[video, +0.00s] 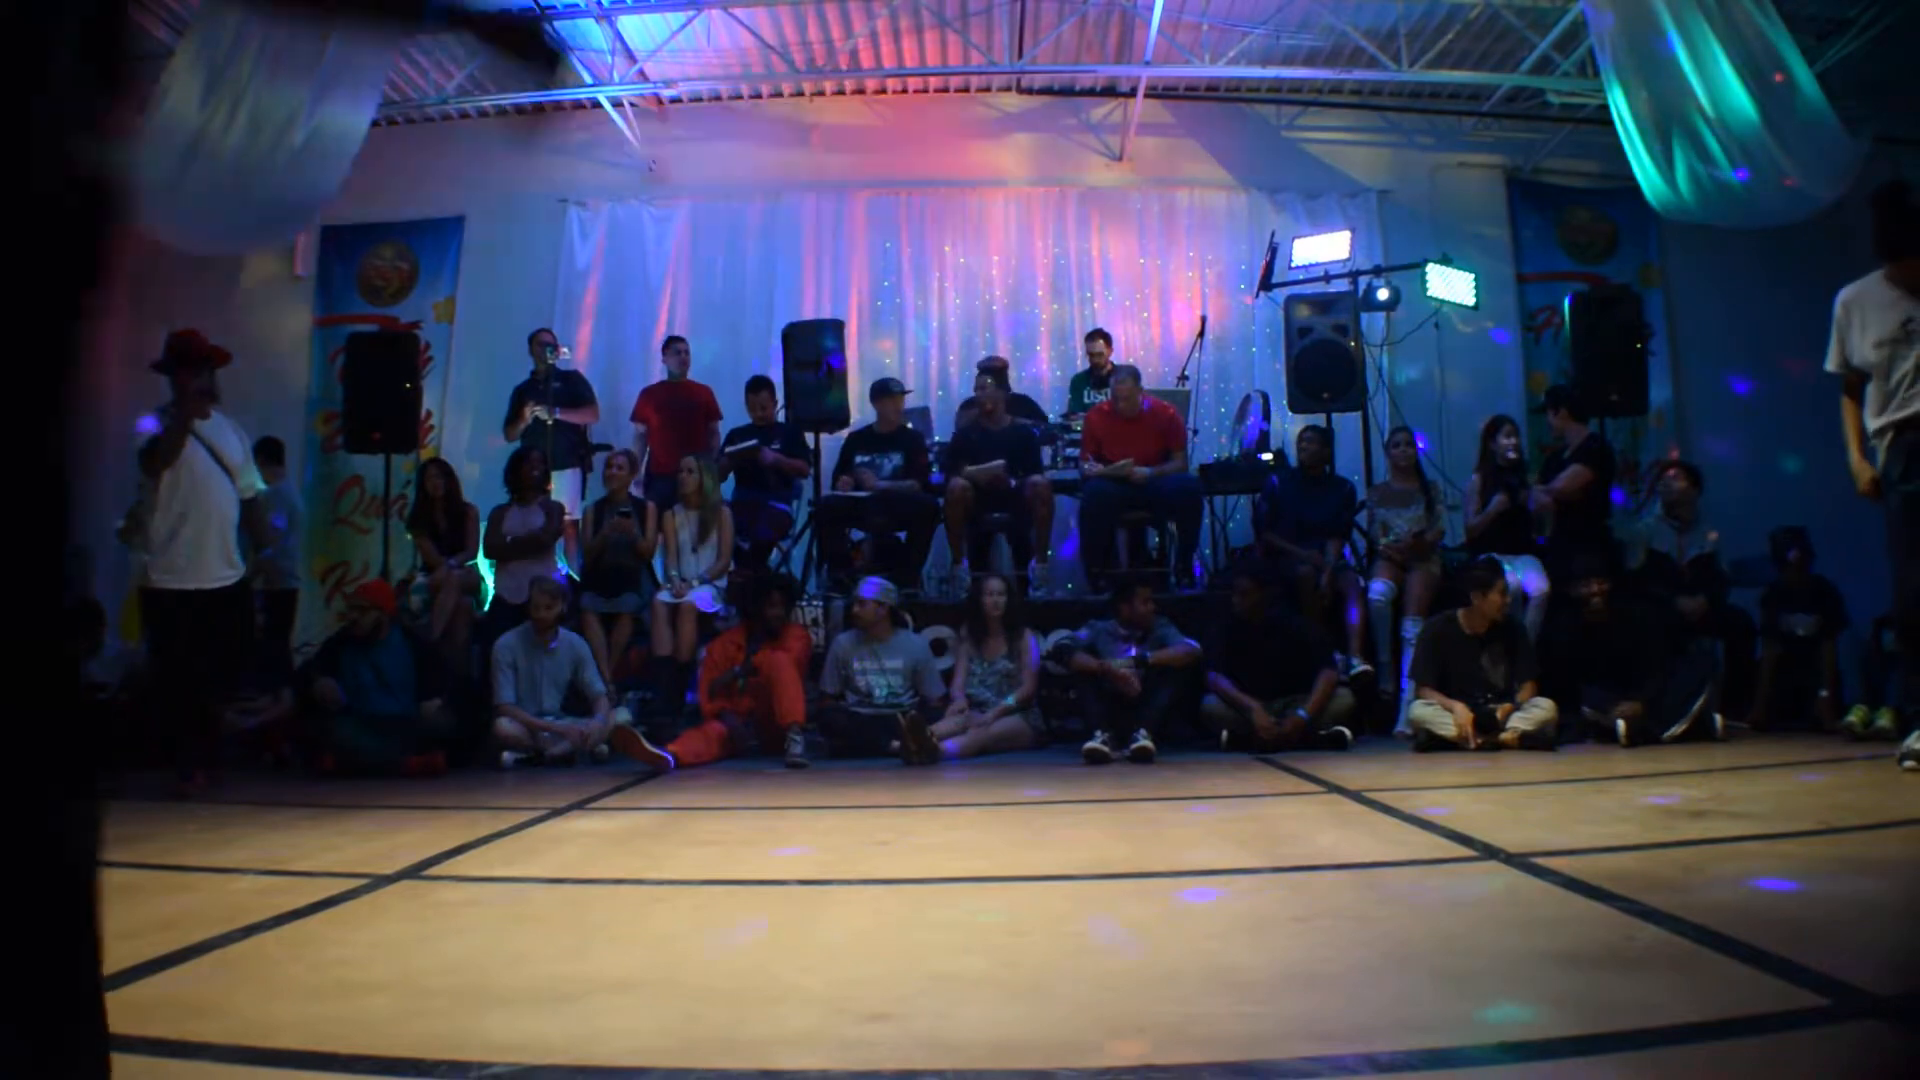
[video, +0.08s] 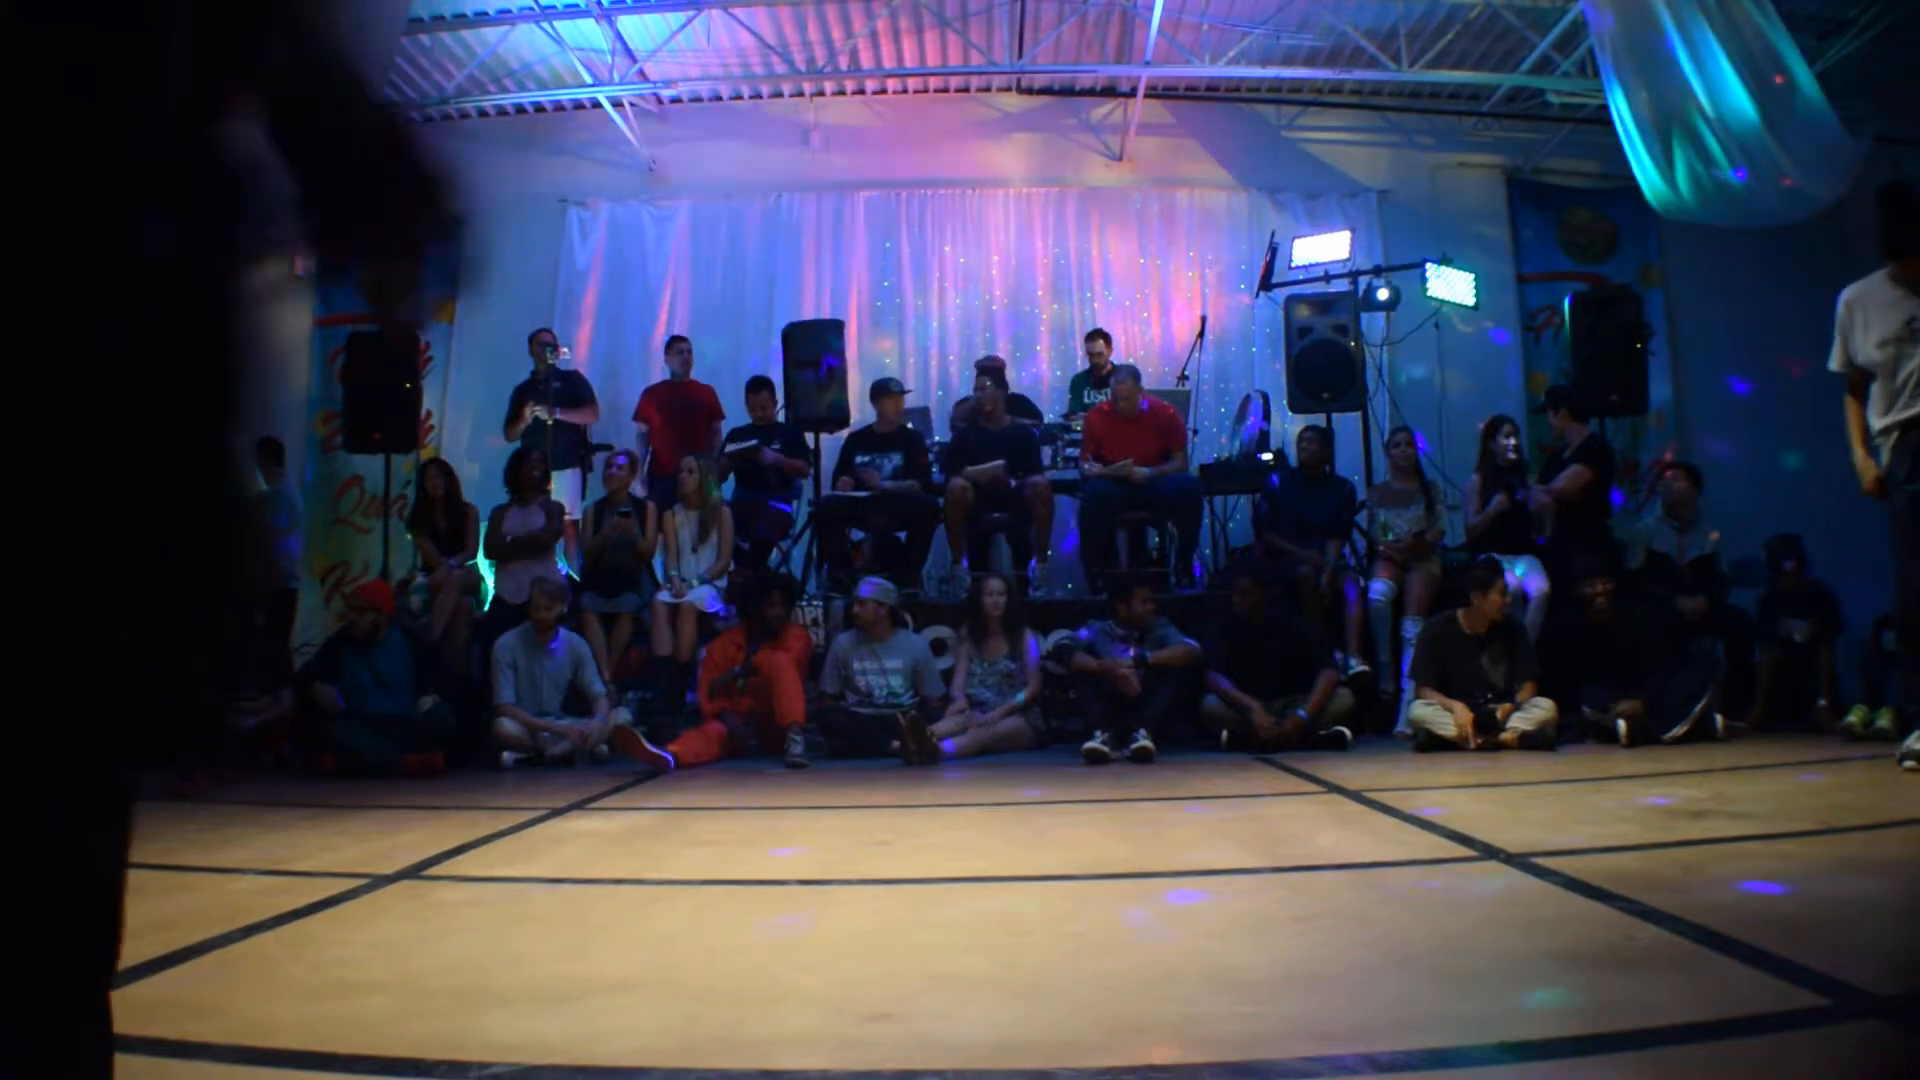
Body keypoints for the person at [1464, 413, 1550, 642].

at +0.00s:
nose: (1512, 442)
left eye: (1515, 436)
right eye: (1506, 436)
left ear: (1519, 440)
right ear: (1491, 443)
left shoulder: (1522, 475)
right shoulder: (1478, 480)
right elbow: (1471, 528)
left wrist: (1538, 506)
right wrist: (1493, 509)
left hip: (1524, 551)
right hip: (1492, 551)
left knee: (1539, 589)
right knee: (1510, 587)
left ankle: (1527, 650)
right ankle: (1502, 647)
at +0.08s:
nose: (1512, 442)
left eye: (1515, 436)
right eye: (1506, 436)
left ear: (1519, 441)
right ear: (1491, 443)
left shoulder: (1522, 478)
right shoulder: (1478, 481)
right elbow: (1471, 528)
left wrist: (1538, 506)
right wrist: (1494, 508)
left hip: (1524, 552)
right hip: (1493, 552)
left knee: (1540, 589)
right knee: (1510, 587)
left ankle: (1527, 650)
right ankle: (1499, 647)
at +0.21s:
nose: (1510, 448)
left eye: (1514, 442)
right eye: (1504, 442)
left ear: (1520, 445)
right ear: (1490, 446)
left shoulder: (1524, 476)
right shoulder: (1479, 480)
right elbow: (1471, 528)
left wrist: (1533, 502)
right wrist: (1494, 507)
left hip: (1524, 552)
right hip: (1492, 551)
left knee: (1540, 589)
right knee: (1512, 588)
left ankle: (1527, 648)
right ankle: (1503, 646)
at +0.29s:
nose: (1509, 449)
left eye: (1514, 443)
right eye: (1503, 443)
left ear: (1520, 445)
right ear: (1490, 446)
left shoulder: (1524, 476)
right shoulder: (1478, 479)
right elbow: (1471, 526)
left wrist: (1531, 500)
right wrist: (1494, 504)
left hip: (1524, 551)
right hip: (1493, 551)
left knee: (1540, 589)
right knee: (1511, 589)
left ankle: (1527, 646)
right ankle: (1501, 643)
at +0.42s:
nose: (1510, 450)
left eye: (1514, 444)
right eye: (1503, 444)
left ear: (1521, 447)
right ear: (1491, 447)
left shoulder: (1526, 479)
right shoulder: (1478, 480)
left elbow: (1536, 524)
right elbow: (1471, 525)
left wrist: (1536, 506)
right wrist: (1493, 502)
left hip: (1524, 551)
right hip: (1491, 551)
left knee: (1540, 588)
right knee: (1511, 587)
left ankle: (1527, 645)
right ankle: (1501, 643)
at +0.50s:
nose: (1510, 451)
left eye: (1514, 444)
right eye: (1503, 445)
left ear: (1522, 448)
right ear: (1491, 448)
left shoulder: (1529, 482)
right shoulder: (1479, 482)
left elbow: (1539, 528)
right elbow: (1471, 526)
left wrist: (1530, 506)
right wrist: (1494, 502)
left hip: (1525, 551)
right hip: (1491, 551)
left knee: (1540, 587)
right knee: (1511, 586)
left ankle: (1527, 646)